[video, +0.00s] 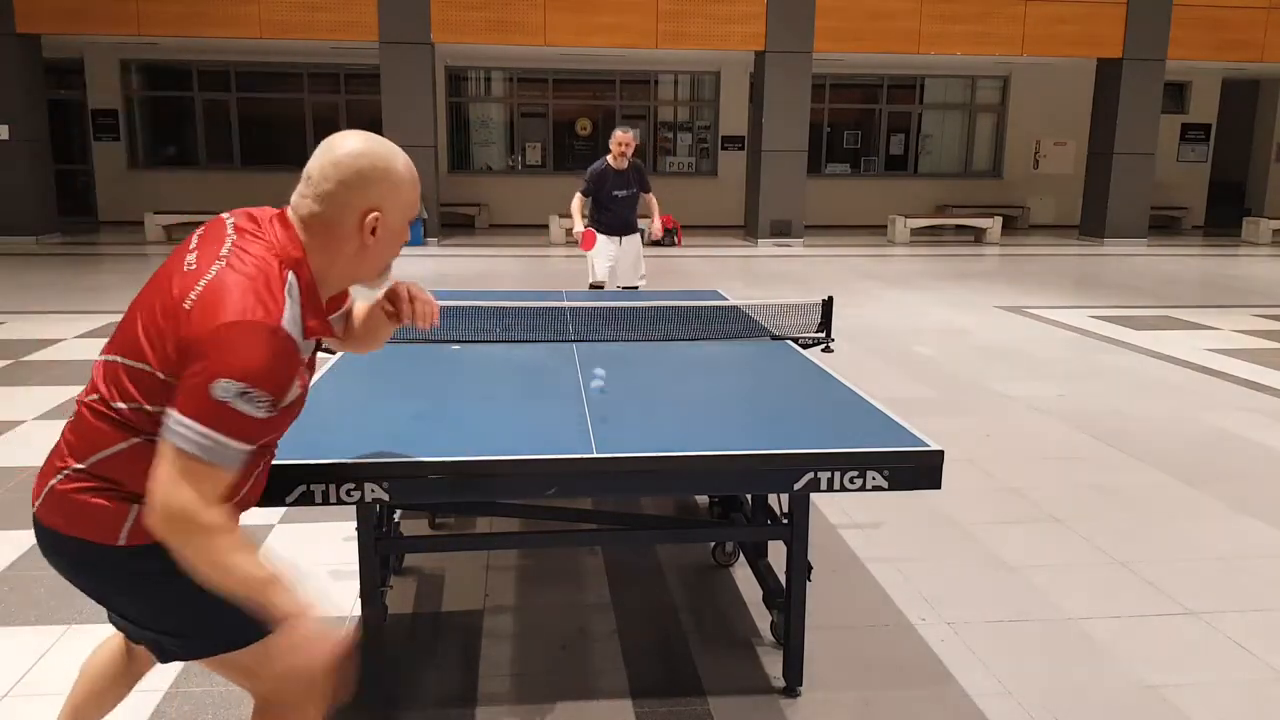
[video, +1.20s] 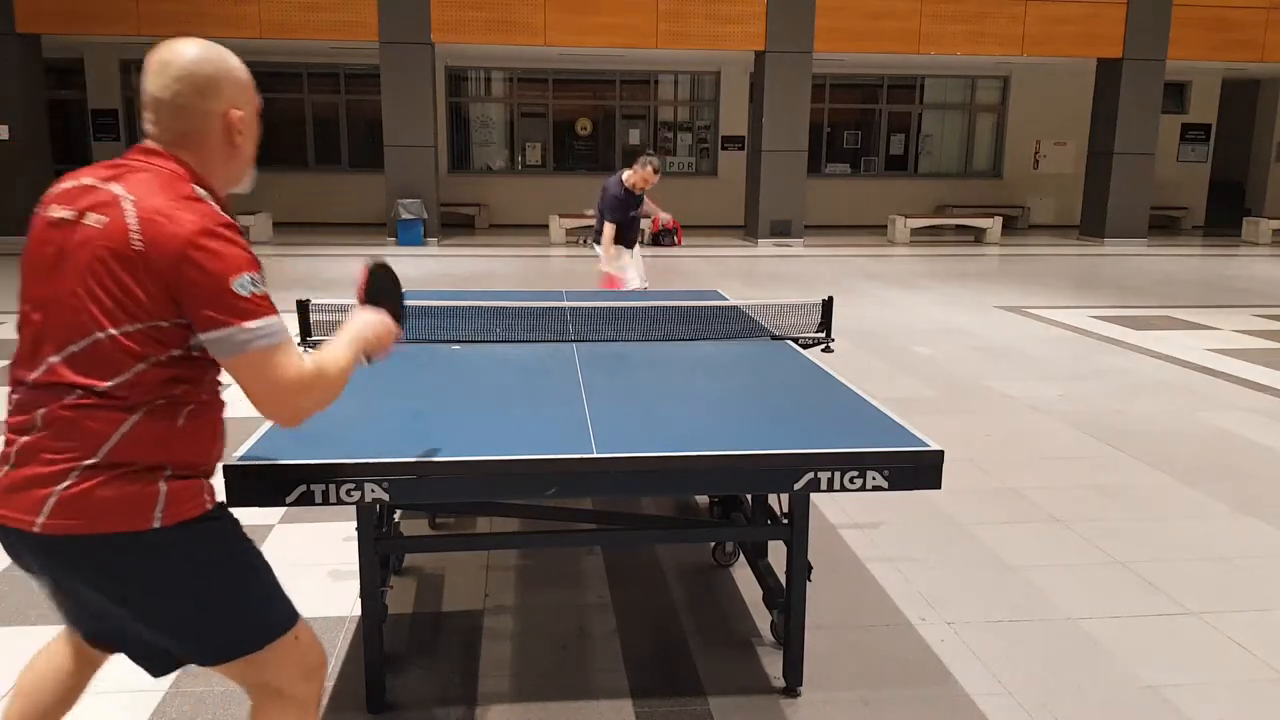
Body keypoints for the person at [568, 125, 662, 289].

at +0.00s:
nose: (623, 150)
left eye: (627, 145)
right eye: (619, 145)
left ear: (634, 146)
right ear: (610, 145)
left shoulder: (636, 168)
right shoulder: (598, 170)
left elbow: (649, 197)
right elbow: (578, 200)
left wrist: (656, 221)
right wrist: (578, 225)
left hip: (630, 237)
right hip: (601, 238)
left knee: (631, 287)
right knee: (598, 283)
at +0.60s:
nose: (631, 151)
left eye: (635, 147)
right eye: (627, 146)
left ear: (640, 149)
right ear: (617, 146)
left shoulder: (636, 171)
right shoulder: (603, 170)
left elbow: (637, 197)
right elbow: (579, 200)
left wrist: (644, 227)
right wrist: (597, 230)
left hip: (627, 238)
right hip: (599, 237)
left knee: (634, 284)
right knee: (594, 288)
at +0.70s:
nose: (638, 161)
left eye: (642, 157)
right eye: (634, 155)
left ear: (646, 158)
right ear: (624, 154)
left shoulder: (642, 179)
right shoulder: (610, 179)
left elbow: (644, 207)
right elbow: (592, 213)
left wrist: (654, 237)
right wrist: (606, 244)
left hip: (632, 241)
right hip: (605, 241)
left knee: (638, 288)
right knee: (607, 286)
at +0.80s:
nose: (643, 162)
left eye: (647, 158)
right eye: (639, 157)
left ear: (651, 159)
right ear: (629, 154)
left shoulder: (645, 177)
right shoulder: (615, 178)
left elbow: (645, 206)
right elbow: (604, 216)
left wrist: (655, 234)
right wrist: (629, 240)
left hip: (629, 237)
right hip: (605, 234)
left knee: (637, 282)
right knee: (614, 279)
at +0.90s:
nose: (648, 166)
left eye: (652, 162)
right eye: (645, 160)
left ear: (655, 162)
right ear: (633, 155)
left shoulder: (645, 176)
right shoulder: (617, 177)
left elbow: (644, 204)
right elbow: (618, 220)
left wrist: (656, 232)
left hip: (629, 233)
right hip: (605, 233)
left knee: (634, 282)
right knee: (618, 280)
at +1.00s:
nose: (650, 180)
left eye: (655, 176)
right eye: (648, 174)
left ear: (658, 174)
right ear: (636, 164)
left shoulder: (641, 183)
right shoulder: (619, 187)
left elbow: (642, 211)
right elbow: (626, 230)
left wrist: (656, 232)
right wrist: (648, 220)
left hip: (628, 238)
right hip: (606, 238)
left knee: (636, 284)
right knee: (626, 284)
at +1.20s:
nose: (647, 187)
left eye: (651, 184)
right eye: (645, 181)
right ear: (635, 171)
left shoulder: (635, 185)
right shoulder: (614, 193)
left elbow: (641, 202)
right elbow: (608, 228)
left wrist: (659, 214)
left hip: (631, 244)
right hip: (613, 247)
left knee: (641, 286)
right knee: (632, 288)